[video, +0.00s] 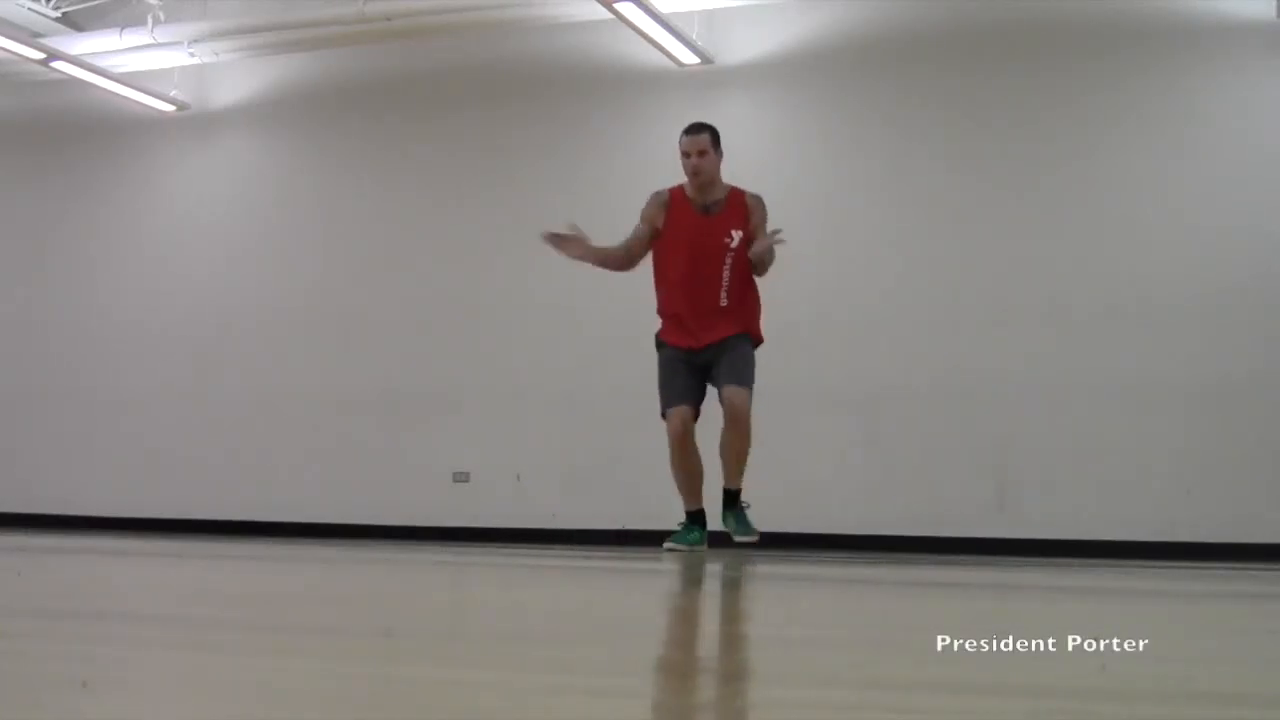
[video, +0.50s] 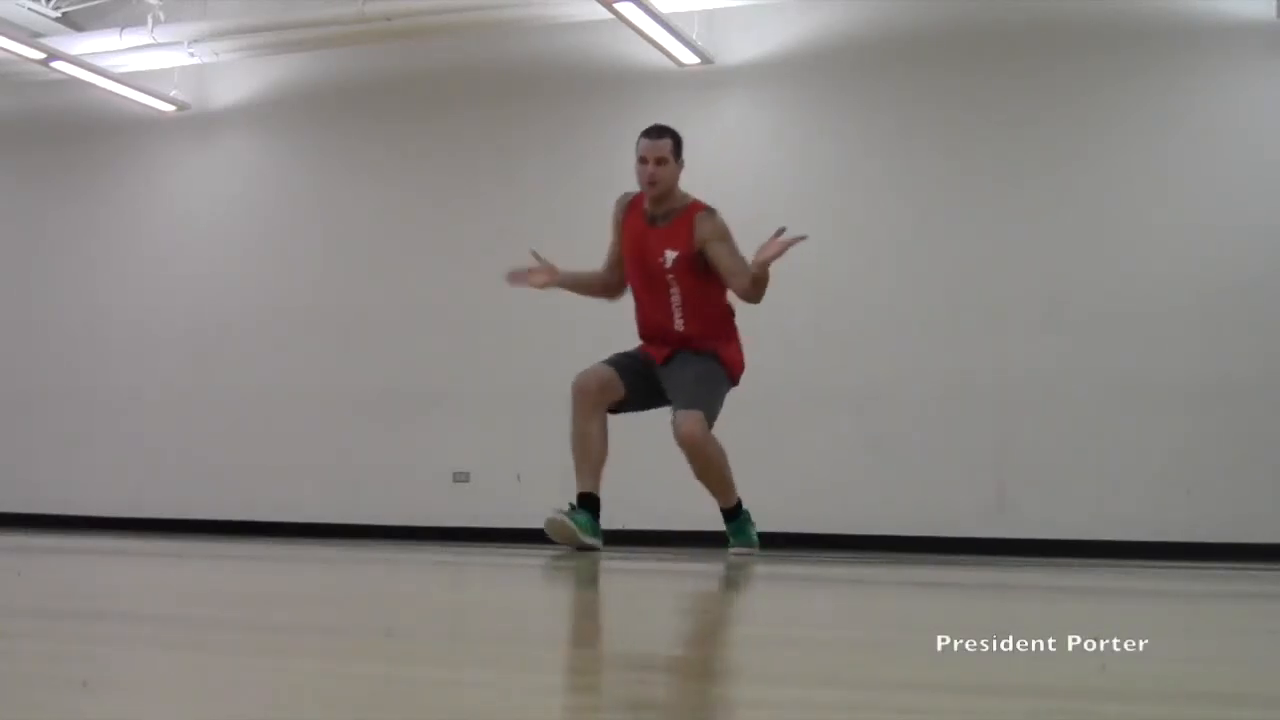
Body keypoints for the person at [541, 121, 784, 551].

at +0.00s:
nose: (693, 162)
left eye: (701, 154)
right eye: (686, 155)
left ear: (719, 156)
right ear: (680, 159)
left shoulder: (749, 206)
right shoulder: (663, 205)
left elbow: (759, 269)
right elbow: (627, 257)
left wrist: (762, 252)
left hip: (732, 332)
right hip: (679, 334)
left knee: (737, 407)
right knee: (679, 424)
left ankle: (733, 505)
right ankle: (694, 523)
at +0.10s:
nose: (693, 159)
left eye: (702, 150)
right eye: (686, 152)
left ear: (720, 152)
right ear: (679, 156)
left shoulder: (753, 201)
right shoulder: (664, 205)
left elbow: (773, 263)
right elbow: (613, 255)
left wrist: (783, 249)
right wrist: (554, 249)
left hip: (722, 327)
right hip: (665, 330)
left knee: (728, 397)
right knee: (665, 434)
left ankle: (735, 508)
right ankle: (694, 521)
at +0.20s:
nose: (697, 147)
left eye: (705, 139)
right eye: (689, 140)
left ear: (722, 142)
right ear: (680, 144)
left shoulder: (749, 195)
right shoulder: (660, 193)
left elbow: (785, 258)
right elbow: (646, 263)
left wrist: (840, 261)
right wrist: (608, 247)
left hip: (712, 322)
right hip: (656, 326)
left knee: (715, 402)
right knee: (648, 439)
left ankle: (730, 516)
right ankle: (691, 506)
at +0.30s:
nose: (692, 145)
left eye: (701, 136)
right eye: (684, 137)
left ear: (718, 140)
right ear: (676, 141)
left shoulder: (744, 196)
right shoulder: (655, 188)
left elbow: (773, 268)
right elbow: (628, 255)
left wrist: (816, 274)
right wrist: (578, 243)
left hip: (715, 325)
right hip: (659, 330)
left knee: (709, 402)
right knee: (611, 418)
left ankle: (731, 519)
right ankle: (680, 496)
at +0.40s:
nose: (674, 155)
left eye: (684, 146)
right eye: (667, 146)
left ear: (702, 150)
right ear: (659, 150)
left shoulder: (728, 206)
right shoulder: (641, 196)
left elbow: (758, 288)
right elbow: (593, 253)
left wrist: (766, 268)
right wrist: (526, 251)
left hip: (720, 336)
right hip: (667, 340)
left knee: (705, 409)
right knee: (595, 389)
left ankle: (732, 522)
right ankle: (623, 511)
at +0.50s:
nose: (649, 171)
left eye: (660, 162)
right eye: (643, 161)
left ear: (679, 167)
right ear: (636, 165)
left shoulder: (703, 222)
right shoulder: (628, 210)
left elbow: (750, 292)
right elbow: (611, 283)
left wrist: (760, 266)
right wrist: (558, 278)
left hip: (706, 354)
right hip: (656, 354)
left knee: (690, 430)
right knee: (588, 387)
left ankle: (737, 520)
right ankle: (586, 517)